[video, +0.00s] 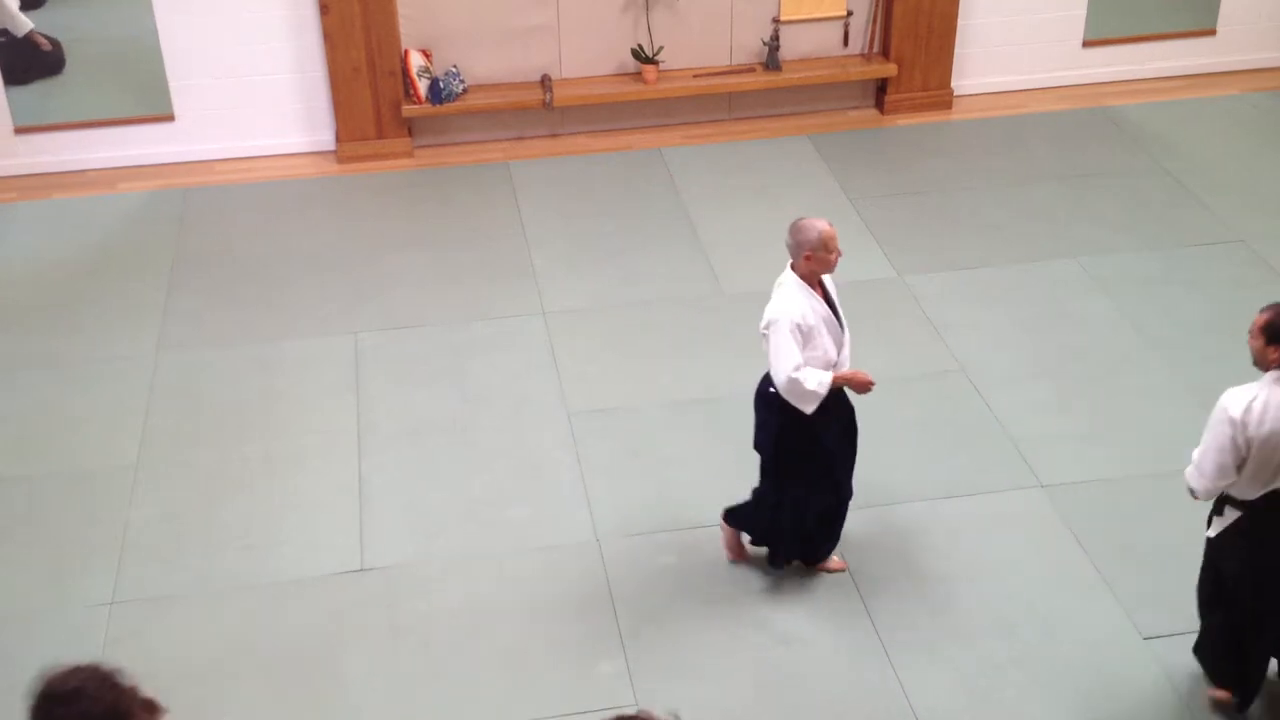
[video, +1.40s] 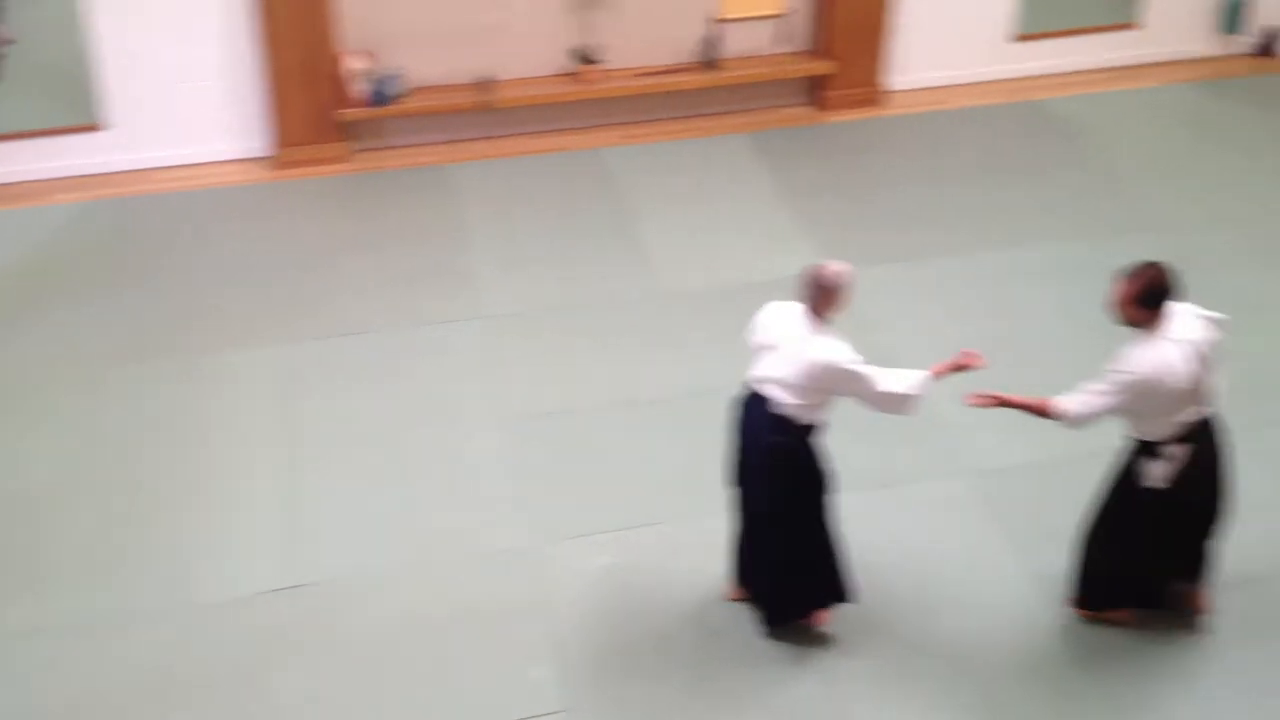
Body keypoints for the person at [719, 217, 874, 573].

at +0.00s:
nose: (839, 254)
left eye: (837, 248)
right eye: (832, 251)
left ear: (809, 258)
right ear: (807, 260)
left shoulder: (821, 280)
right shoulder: (785, 311)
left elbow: (822, 339)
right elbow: (788, 378)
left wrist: (835, 377)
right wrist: (842, 379)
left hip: (826, 398)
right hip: (791, 408)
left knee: (832, 481)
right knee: (792, 489)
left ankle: (815, 549)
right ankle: (735, 521)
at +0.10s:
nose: (853, 257)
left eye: (852, 250)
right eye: (847, 252)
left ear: (823, 258)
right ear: (823, 260)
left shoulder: (824, 282)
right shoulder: (802, 316)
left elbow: (828, 346)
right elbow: (813, 382)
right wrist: (865, 379)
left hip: (832, 400)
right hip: (803, 410)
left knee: (838, 479)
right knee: (805, 487)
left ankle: (820, 550)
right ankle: (770, 558)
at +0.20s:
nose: (866, 259)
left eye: (864, 253)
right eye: (860, 256)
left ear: (834, 262)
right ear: (838, 265)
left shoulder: (823, 283)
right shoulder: (820, 323)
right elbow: (837, 387)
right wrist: (887, 382)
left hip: (829, 403)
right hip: (819, 415)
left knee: (831, 491)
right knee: (822, 496)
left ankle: (826, 576)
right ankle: (817, 589)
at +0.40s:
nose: (890, 269)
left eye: (888, 263)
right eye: (887, 265)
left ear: (851, 269)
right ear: (872, 277)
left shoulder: (831, 289)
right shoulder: (863, 334)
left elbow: (809, 327)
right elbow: (888, 394)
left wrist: (843, 341)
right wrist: (937, 387)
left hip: (819, 400)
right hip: (849, 423)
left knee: (822, 479)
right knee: (865, 505)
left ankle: (809, 548)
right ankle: (861, 607)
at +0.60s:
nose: (916, 277)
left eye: (914, 271)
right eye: (914, 273)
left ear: (874, 276)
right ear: (903, 286)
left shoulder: (849, 301)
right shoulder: (896, 342)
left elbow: (817, 340)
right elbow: (938, 398)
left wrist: (845, 367)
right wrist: (981, 387)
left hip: (831, 406)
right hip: (865, 433)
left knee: (827, 485)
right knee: (874, 512)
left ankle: (808, 550)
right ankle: (863, 609)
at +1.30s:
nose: (927, 301)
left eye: (926, 295)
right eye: (926, 298)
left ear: (883, 295)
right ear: (919, 308)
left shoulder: (855, 319)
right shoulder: (913, 365)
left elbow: (820, 354)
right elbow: (971, 399)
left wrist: (850, 378)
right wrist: (1026, 381)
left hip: (831, 421)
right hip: (872, 446)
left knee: (828, 508)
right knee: (884, 526)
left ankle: (816, 586)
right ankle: (885, 616)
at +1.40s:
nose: (844, 299)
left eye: (841, 292)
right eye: (841, 293)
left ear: (808, 290)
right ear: (834, 299)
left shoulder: (776, 313)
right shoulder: (826, 353)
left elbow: (755, 342)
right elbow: (881, 386)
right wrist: (942, 370)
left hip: (752, 417)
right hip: (785, 437)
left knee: (758, 507)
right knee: (798, 517)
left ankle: (750, 580)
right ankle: (793, 609)